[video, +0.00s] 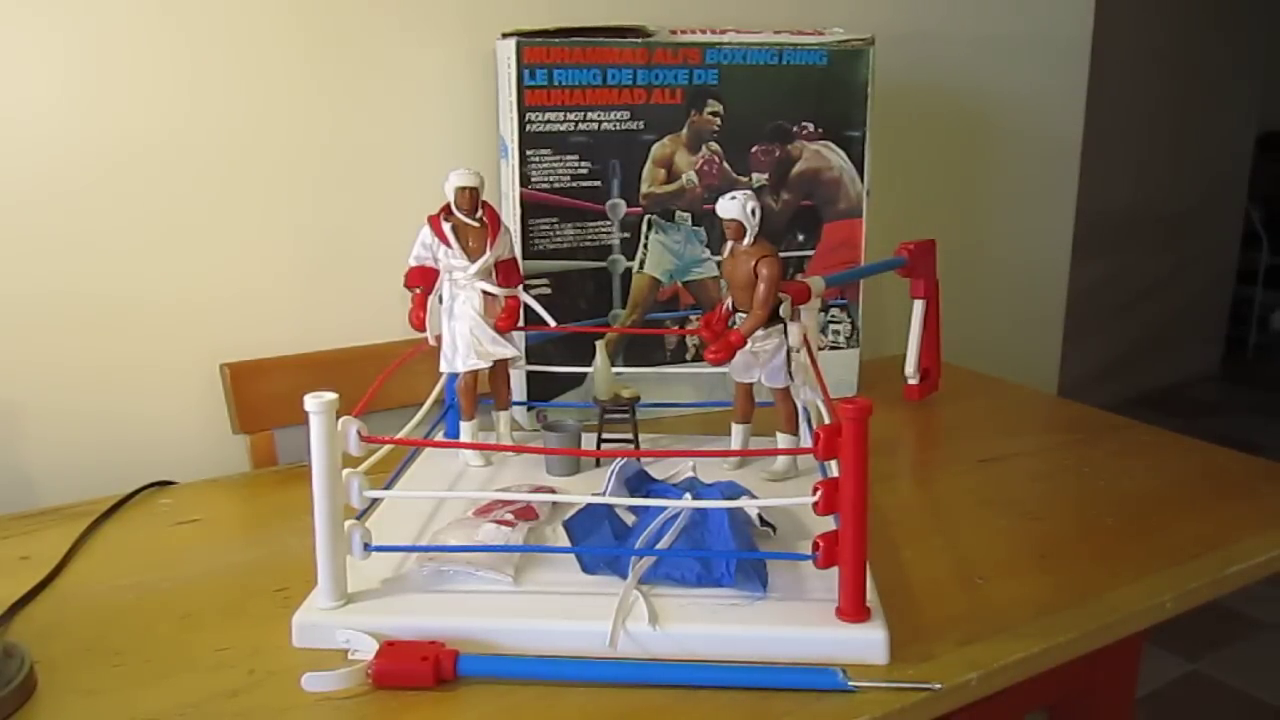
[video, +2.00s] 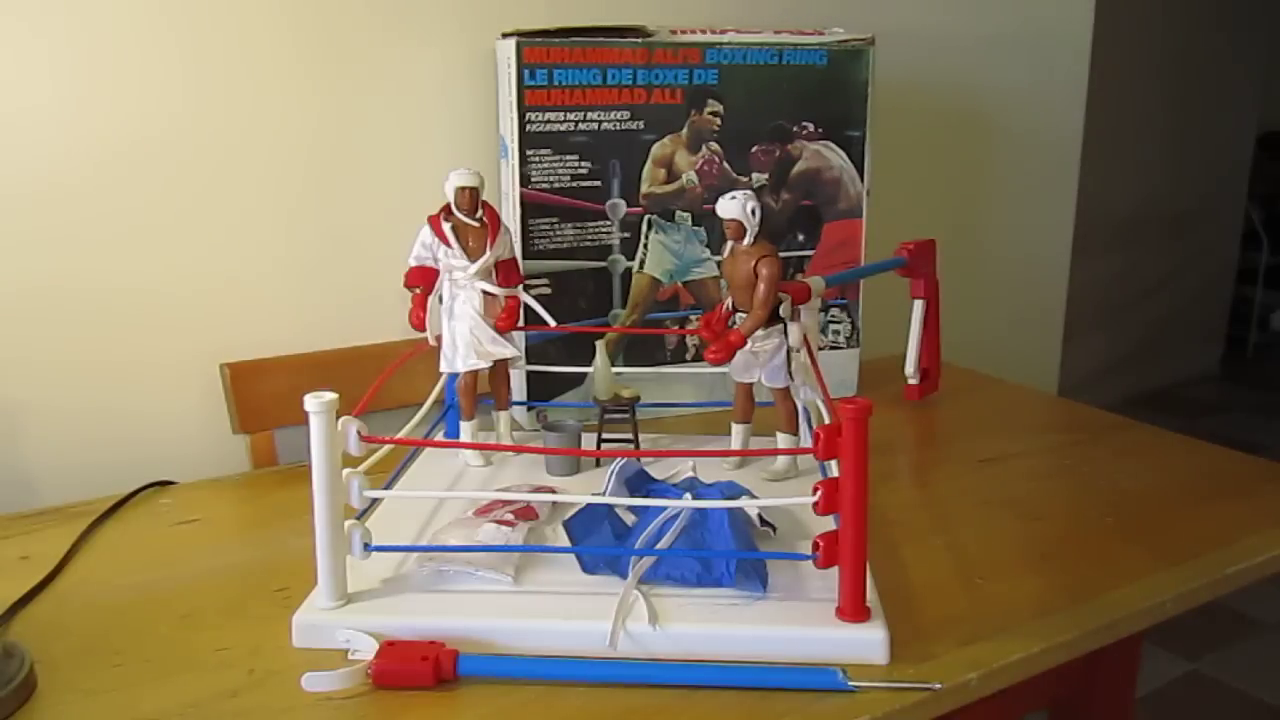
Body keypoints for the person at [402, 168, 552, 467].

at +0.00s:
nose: (467, 197)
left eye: (472, 191)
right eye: (461, 191)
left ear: (481, 194)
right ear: (451, 195)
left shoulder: (496, 227)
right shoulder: (436, 229)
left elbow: (508, 267)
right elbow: (422, 267)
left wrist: (512, 303)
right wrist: (419, 302)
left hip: (494, 303)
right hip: (459, 304)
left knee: (500, 364)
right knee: (469, 369)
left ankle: (504, 433)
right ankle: (469, 440)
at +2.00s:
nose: (467, 198)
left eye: (472, 191)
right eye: (461, 192)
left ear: (480, 194)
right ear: (451, 195)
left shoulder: (496, 227)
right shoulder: (435, 229)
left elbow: (508, 270)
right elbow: (421, 272)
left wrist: (511, 305)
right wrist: (422, 312)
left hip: (491, 302)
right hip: (457, 304)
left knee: (500, 364)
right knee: (468, 370)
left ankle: (504, 432)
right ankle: (469, 441)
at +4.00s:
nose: (467, 198)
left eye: (472, 191)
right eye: (461, 192)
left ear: (480, 194)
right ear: (451, 196)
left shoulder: (496, 228)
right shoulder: (436, 229)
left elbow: (508, 269)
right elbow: (422, 267)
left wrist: (511, 304)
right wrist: (419, 302)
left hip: (492, 301)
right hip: (458, 302)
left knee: (500, 362)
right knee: (469, 369)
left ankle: (505, 431)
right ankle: (468, 440)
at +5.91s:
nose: (466, 197)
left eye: (471, 191)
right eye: (460, 191)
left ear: (479, 193)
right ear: (450, 195)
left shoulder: (495, 227)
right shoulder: (435, 229)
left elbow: (508, 269)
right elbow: (421, 270)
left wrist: (510, 305)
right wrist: (419, 308)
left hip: (492, 301)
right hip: (458, 303)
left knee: (500, 363)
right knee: (468, 369)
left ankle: (505, 430)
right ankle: (468, 440)